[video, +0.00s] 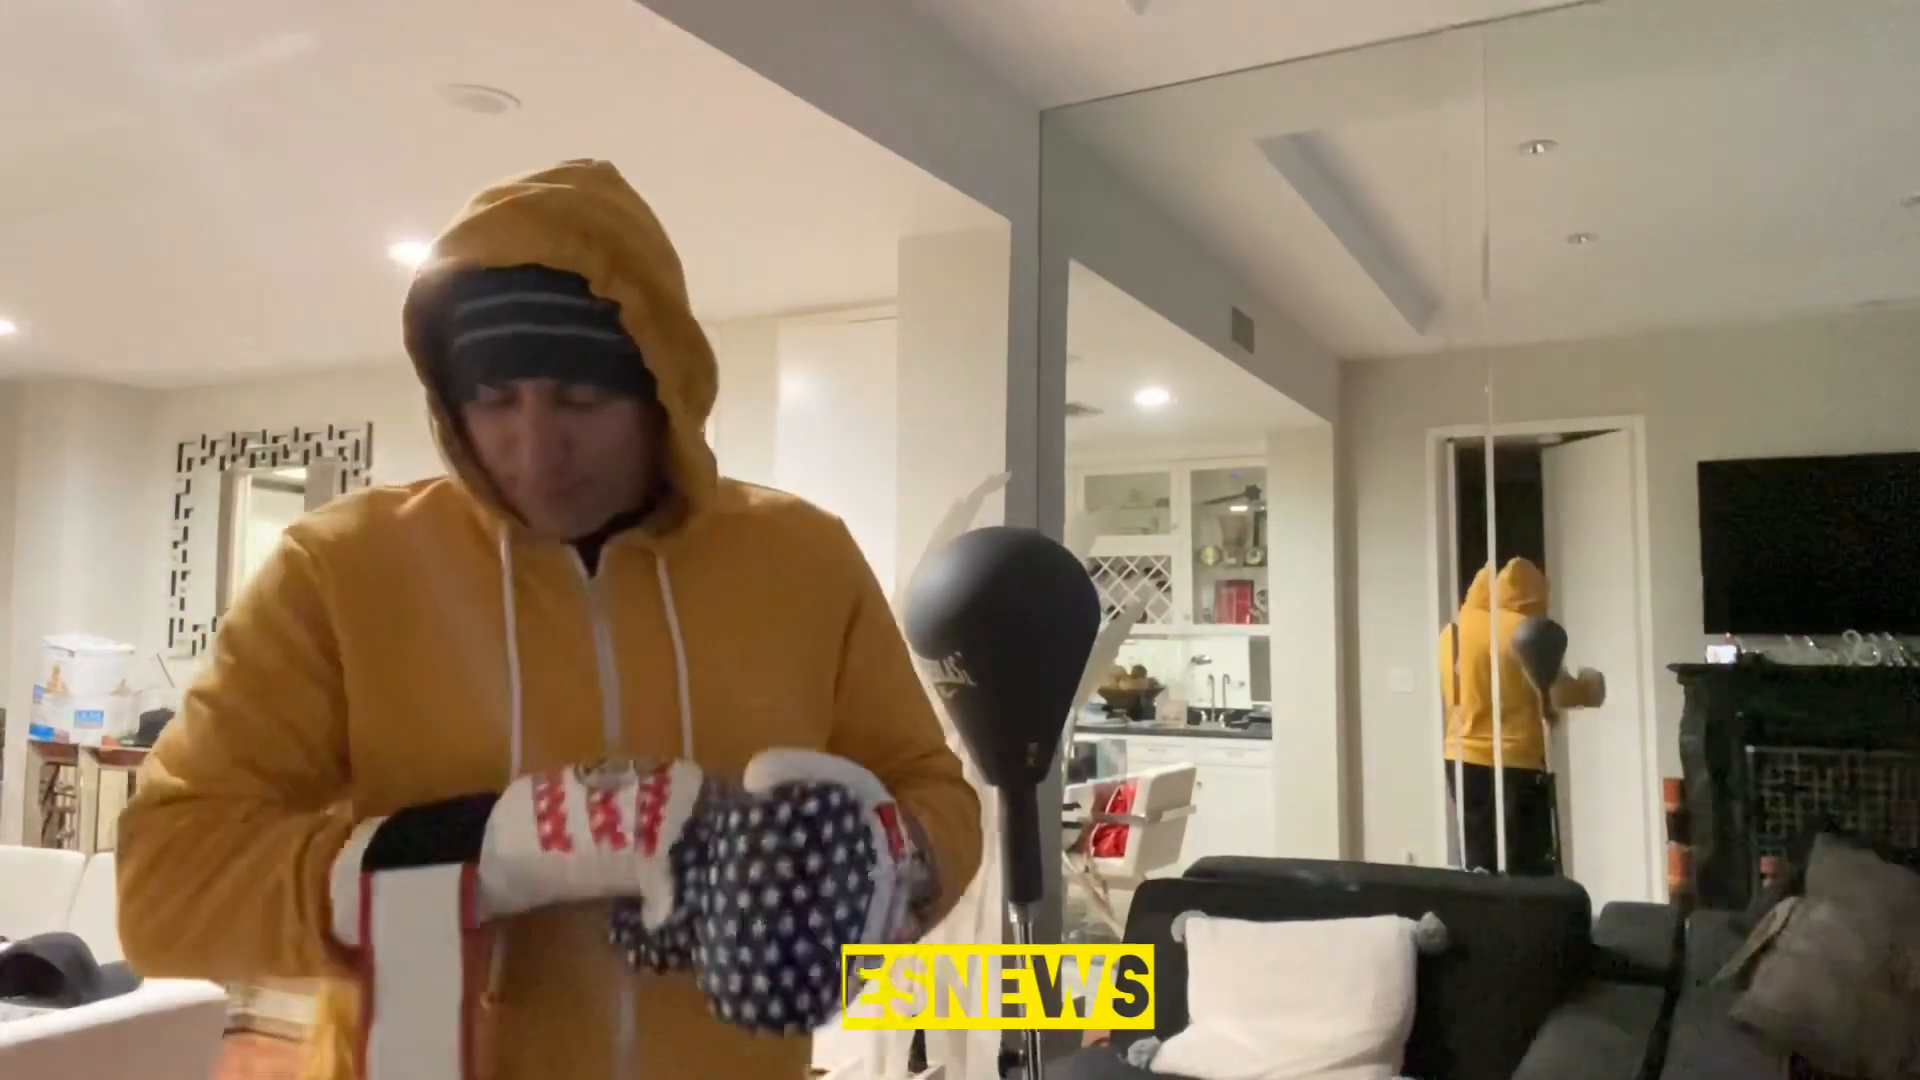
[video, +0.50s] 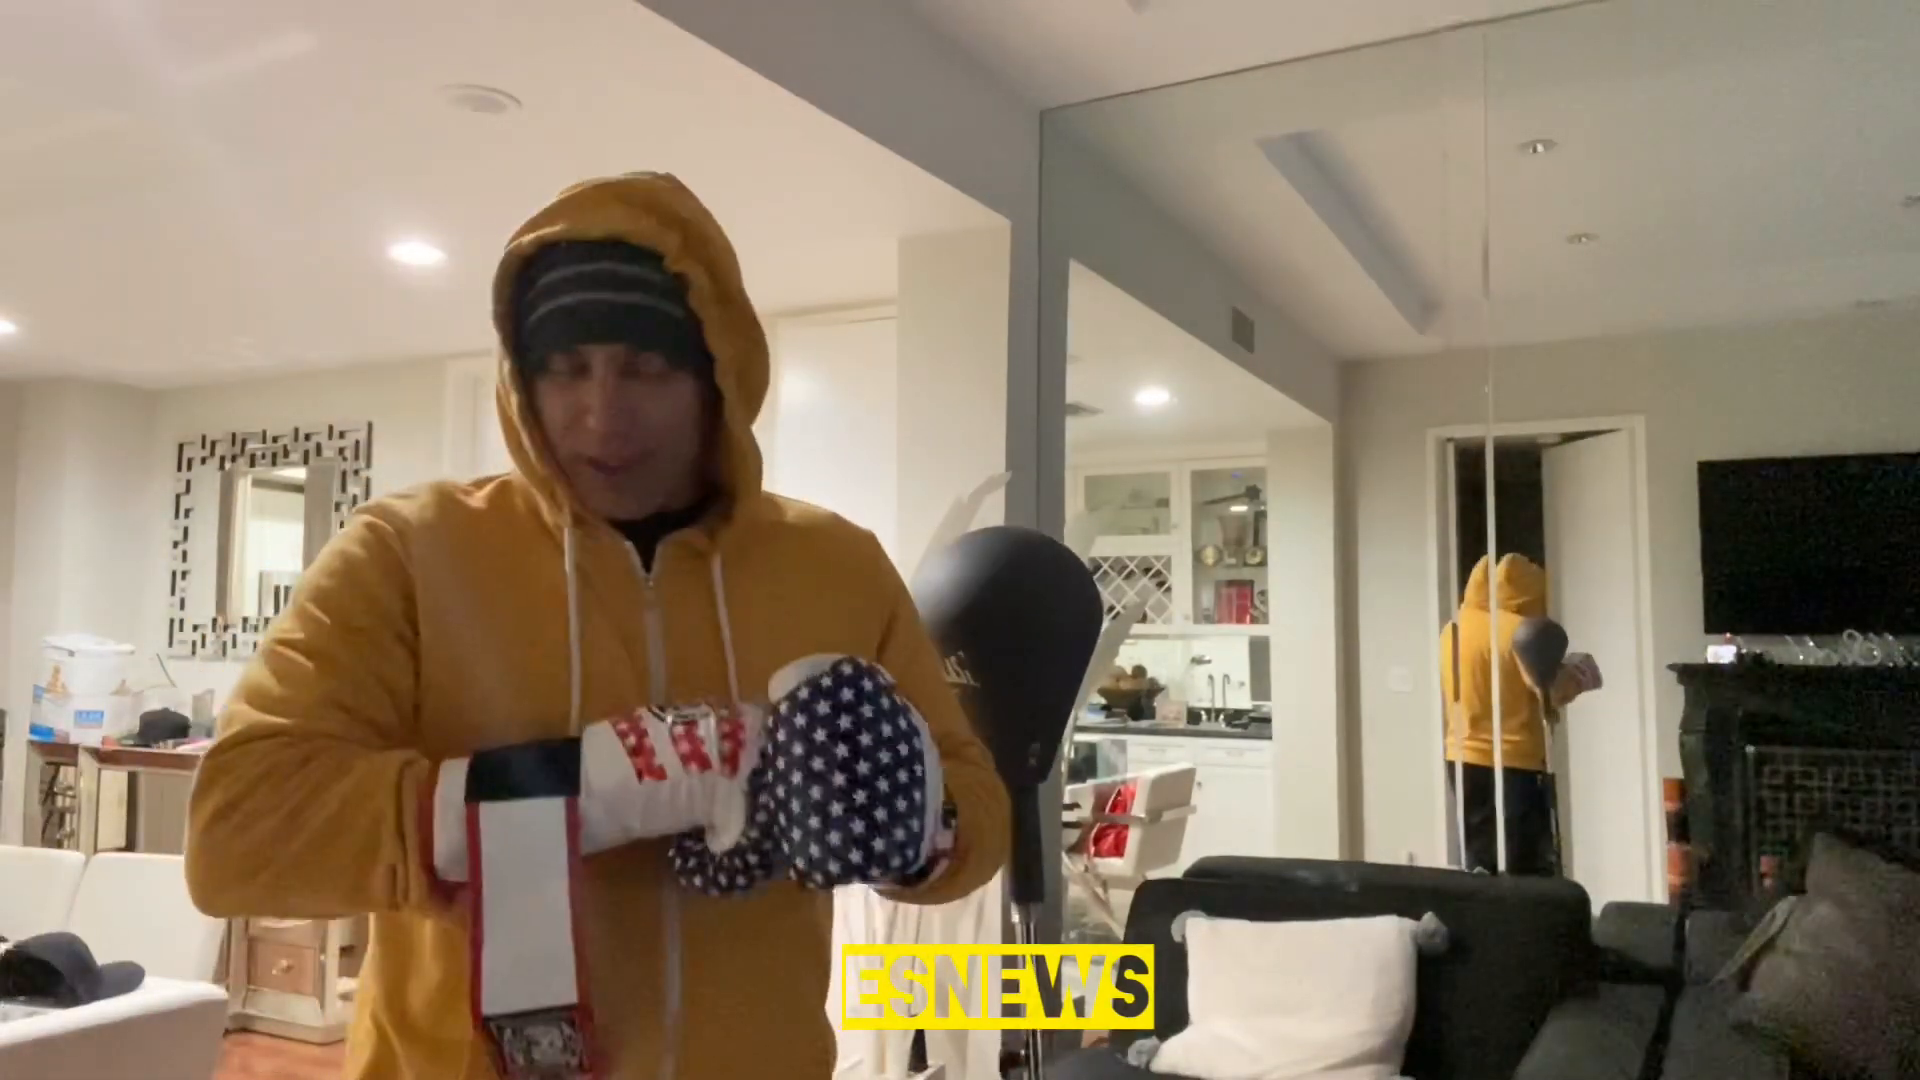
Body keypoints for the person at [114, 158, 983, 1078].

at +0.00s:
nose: (536, 445)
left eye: (580, 396)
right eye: (496, 399)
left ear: (661, 390)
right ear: (451, 408)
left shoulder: (799, 561)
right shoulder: (338, 578)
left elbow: (933, 796)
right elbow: (166, 880)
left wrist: (856, 859)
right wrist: (469, 851)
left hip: (738, 1066)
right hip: (441, 1066)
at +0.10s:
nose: (551, 445)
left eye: (595, 396)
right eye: (512, 396)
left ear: (675, 396)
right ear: (472, 403)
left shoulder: (807, 562)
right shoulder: (356, 569)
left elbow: (942, 816)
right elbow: (175, 870)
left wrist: (856, 841)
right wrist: (494, 830)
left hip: (734, 1066)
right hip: (437, 1066)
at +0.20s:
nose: (568, 443)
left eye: (611, 395)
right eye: (531, 396)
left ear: (690, 398)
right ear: (491, 404)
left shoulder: (814, 564)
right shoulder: (380, 559)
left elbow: (956, 834)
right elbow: (197, 850)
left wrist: (869, 808)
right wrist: (537, 803)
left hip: (740, 1061)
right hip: (438, 1063)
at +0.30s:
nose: (581, 438)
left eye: (625, 393)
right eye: (545, 393)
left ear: (701, 400)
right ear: (504, 405)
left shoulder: (822, 568)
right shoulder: (390, 560)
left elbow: (972, 822)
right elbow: (215, 843)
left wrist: (887, 811)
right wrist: (543, 800)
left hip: (740, 1065)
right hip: (445, 1067)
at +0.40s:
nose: (588, 432)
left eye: (631, 388)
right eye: (552, 388)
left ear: (706, 394)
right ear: (513, 400)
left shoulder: (824, 566)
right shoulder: (401, 558)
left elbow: (970, 831)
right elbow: (225, 835)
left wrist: (887, 811)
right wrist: (562, 785)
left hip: (748, 1061)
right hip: (450, 1062)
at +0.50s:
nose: (601, 413)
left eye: (647, 367)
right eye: (566, 367)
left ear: (718, 380)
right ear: (526, 385)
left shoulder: (832, 569)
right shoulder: (409, 559)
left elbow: (973, 813)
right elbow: (236, 835)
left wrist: (895, 811)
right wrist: (569, 786)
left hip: (753, 1063)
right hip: (458, 1063)